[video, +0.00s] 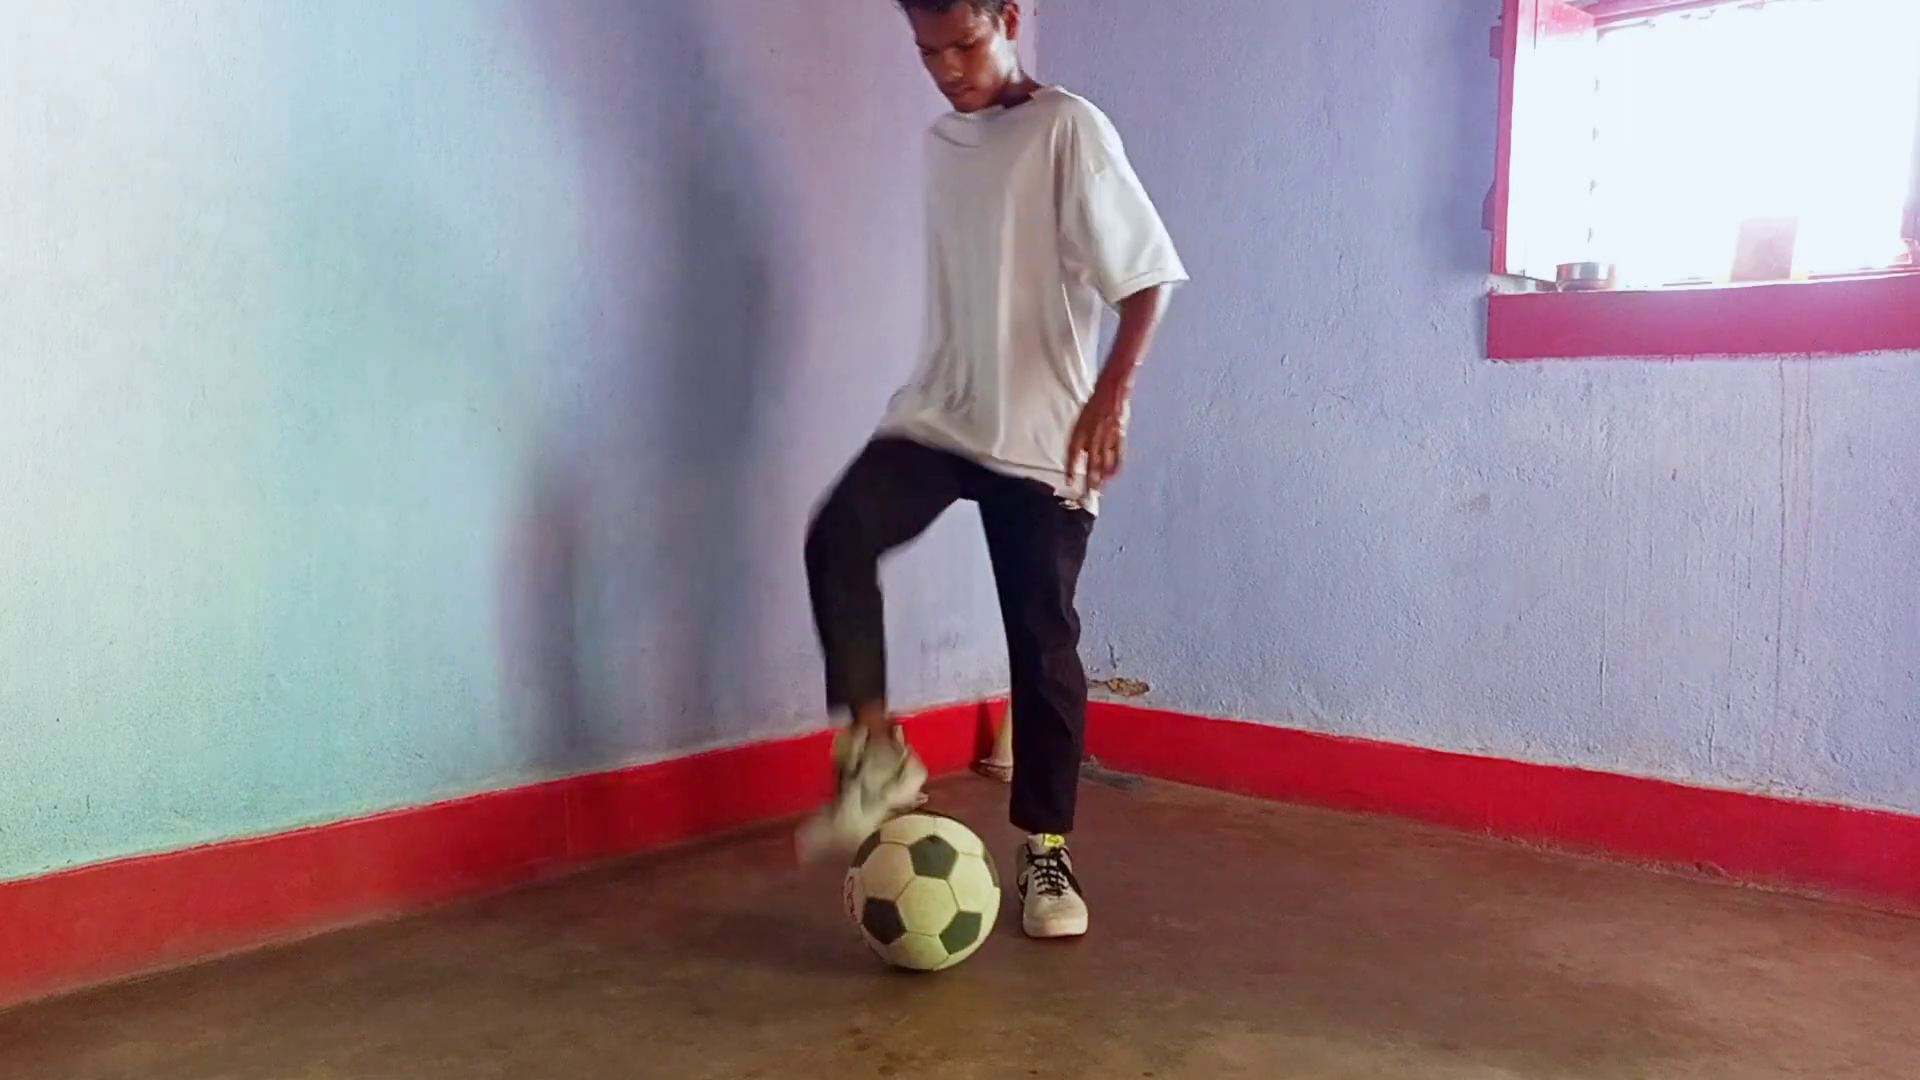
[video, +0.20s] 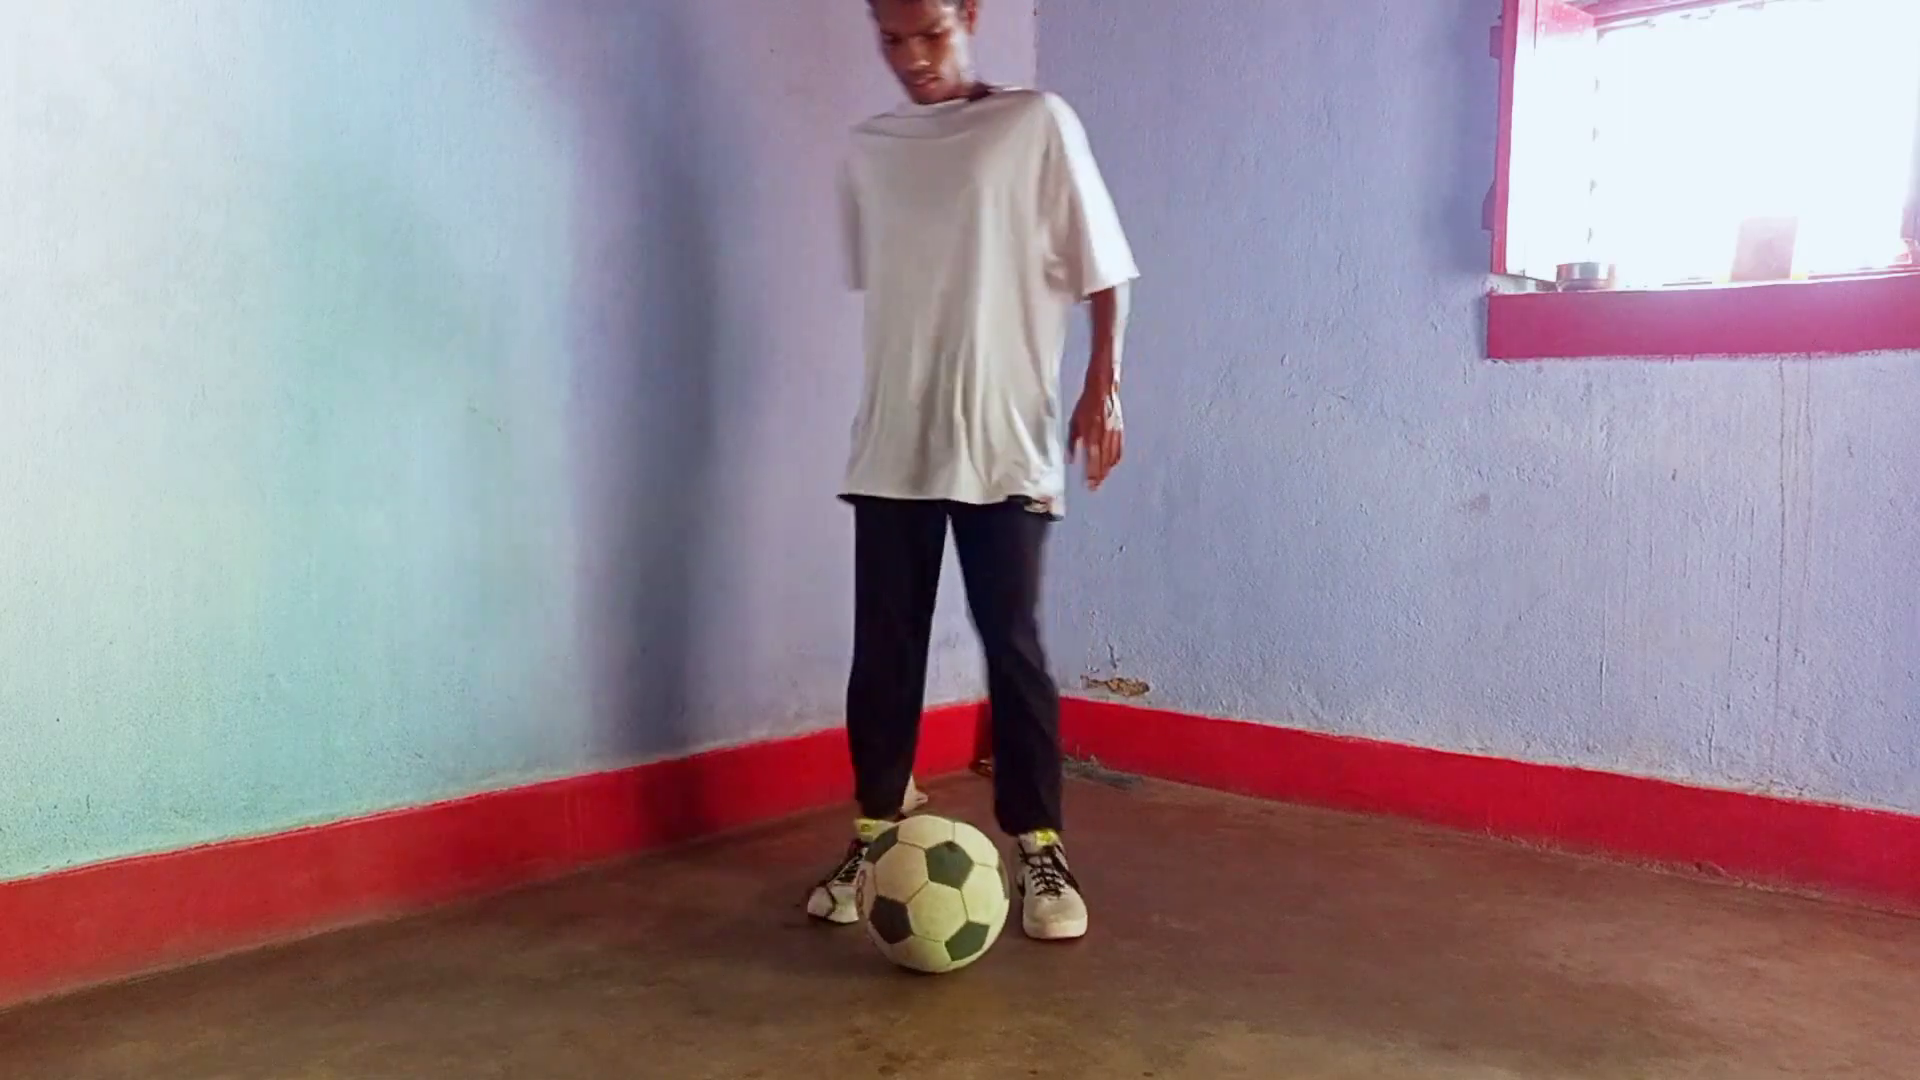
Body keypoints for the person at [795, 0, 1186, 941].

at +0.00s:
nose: (947, 69)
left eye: (964, 46)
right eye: (930, 51)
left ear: (1012, 22)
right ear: (914, 40)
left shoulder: (1069, 125)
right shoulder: (946, 138)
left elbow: (1148, 271)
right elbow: (970, 277)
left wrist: (1110, 398)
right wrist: (948, 389)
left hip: (1038, 430)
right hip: (938, 413)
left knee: (1042, 637)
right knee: (836, 539)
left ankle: (1047, 848)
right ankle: (876, 753)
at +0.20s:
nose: (915, 58)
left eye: (932, 35)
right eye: (896, 40)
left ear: (969, 19)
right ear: (876, 37)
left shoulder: (1039, 121)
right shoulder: (868, 147)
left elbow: (1104, 269)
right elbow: (878, 287)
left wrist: (1102, 388)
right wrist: (905, 406)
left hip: (1005, 433)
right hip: (893, 434)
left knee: (1014, 650)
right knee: (882, 649)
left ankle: (1039, 849)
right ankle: (879, 844)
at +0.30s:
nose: (890, 60)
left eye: (906, 38)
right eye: (870, 43)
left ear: (939, 20)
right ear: (845, 37)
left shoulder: (1008, 118)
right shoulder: (832, 150)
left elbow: (1068, 263)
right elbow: (826, 303)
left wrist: (1088, 382)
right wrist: (798, 420)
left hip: (983, 430)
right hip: (874, 438)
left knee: (979, 623)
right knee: (879, 648)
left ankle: (1013, 823)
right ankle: (877, 842)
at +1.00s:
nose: (980, 71)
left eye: (998, 52)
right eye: (962, 52)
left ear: (1027, 39)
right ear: (931, 37)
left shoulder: (1066, 146)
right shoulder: (878, 135)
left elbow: (1087, 293)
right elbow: (842, 278)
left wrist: (1111, 410)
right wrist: (803, 398)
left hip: (1010, 429)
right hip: (904, 414)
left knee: (991, 652)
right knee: (907, 581)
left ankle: (959, 843)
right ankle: (889, 786)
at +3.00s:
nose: (1027, 116)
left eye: (1045, 97)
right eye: (1010, 97)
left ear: (1085, 65)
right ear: (989, 69)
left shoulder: (1135, 179)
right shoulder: (950, 161)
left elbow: (1166, 335)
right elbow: (919, 298)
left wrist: (1164, 462)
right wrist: (883, 416)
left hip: (1072, 455)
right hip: (968, 443)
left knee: (1049, 658)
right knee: (956, 640)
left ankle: (1022, 841)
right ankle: (942, 839)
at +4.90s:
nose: (980, 123)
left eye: (994, 102)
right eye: (960, 104)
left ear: (1033, 59)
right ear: (934, 79)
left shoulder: (1094, 170)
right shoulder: (909, 162)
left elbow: (1138, 323)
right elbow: (881, 305)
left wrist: (1141, 449)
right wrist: (843, 425)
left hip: (1042, 457)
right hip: (930, 449)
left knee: (1031, 655)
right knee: (911, 645)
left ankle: (1028, 855)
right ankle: (909, 840)